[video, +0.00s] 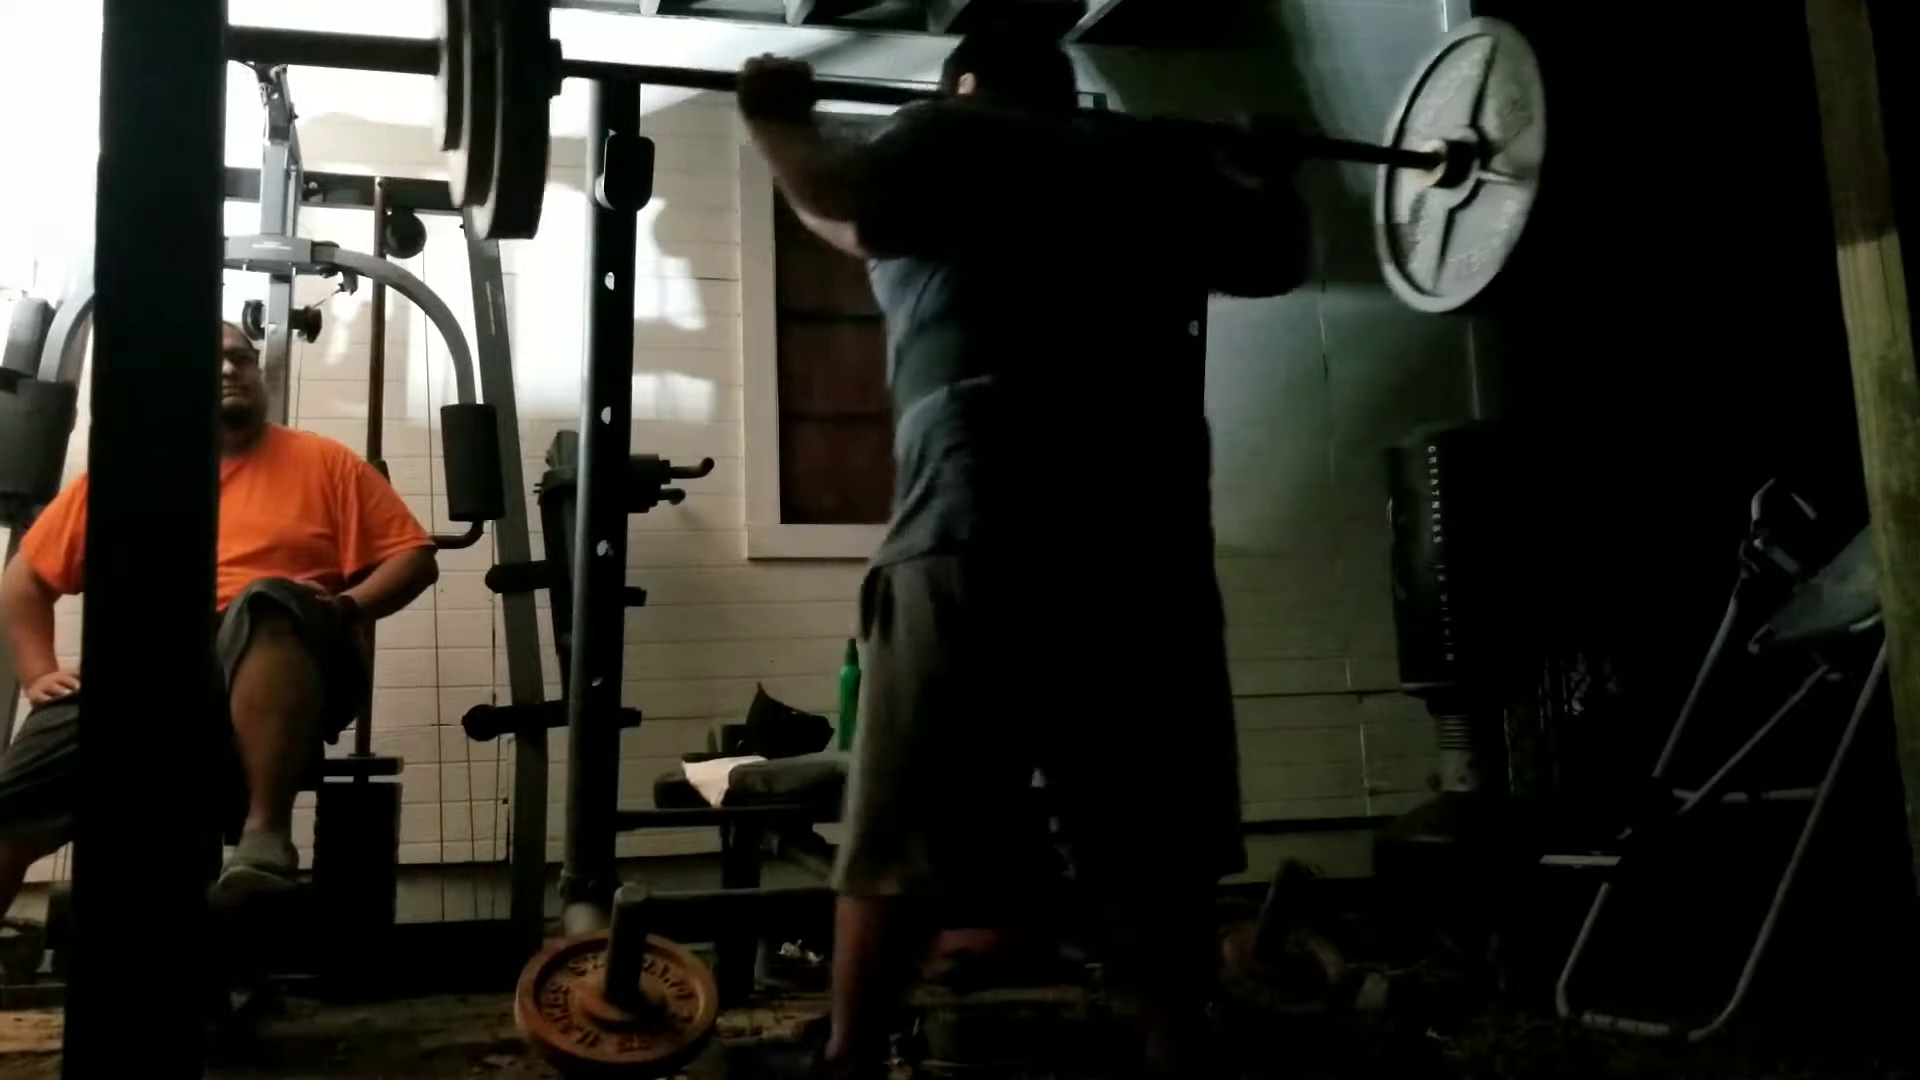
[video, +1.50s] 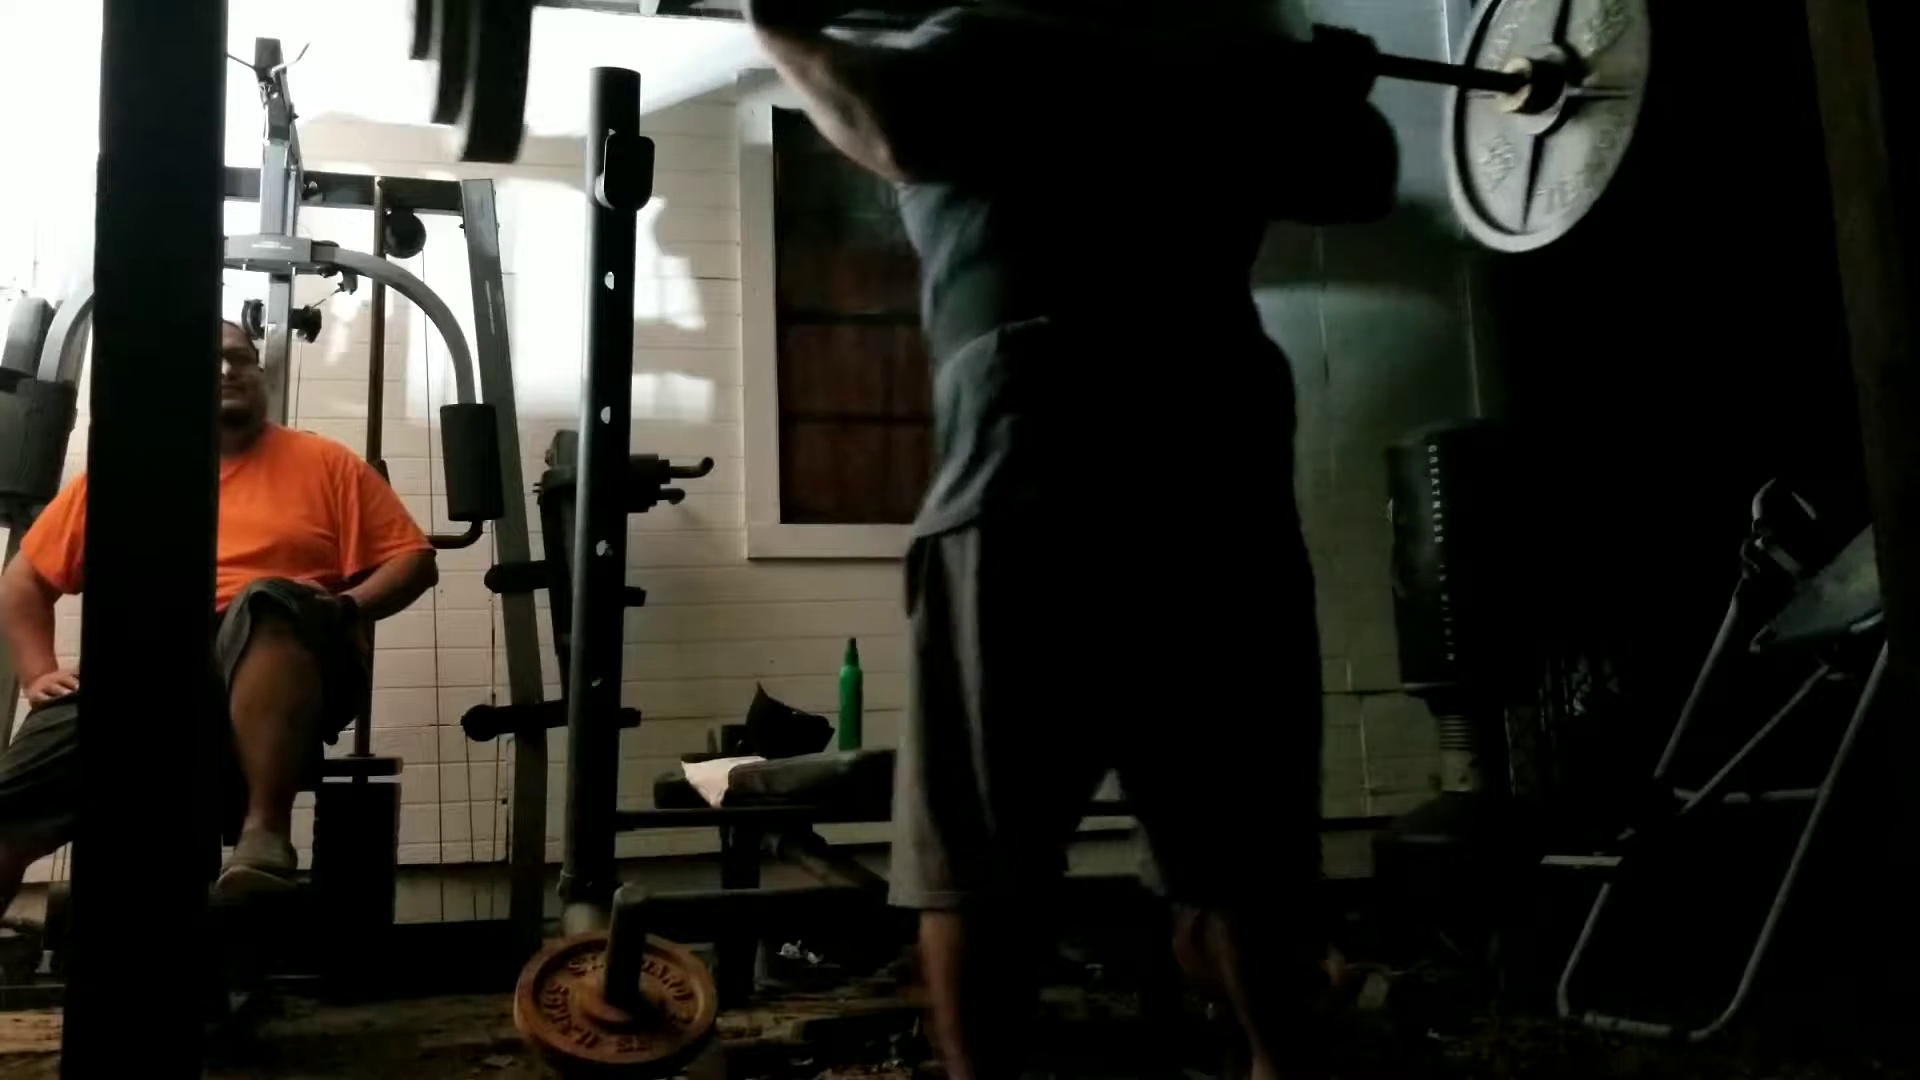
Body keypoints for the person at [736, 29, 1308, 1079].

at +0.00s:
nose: (945, 96)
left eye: (949, 82)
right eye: (952, 84)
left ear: (967, 83)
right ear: (1067, 87)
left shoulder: (935, 140)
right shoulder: (1164, 162)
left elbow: (842, 199)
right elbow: (1281, 259)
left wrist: (774, 116)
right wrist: (1267, 163)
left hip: (967, 539)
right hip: (1148, 537)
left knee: (892, 831)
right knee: (1158, 833)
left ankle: (850, 1059)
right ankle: (1179, 1059)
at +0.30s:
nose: (967, 62)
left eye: (973, 47)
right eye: (976, 48)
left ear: (991, 53)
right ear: (1091, 54)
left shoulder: (953, 118)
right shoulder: (1179, 143)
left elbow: (854, 162)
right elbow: (1310, 233)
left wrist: (789, 82)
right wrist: (1302, 141)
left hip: (1003, 498)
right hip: (1178, 501)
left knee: (924, 774)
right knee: (1177, 796)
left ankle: (937, 1042)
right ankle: (1181, 1050)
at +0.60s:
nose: (974, 33)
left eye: (969, 21)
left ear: (968, 29)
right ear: (1079, 31)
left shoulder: (924, 100)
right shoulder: (1170, 122)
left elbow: (844, 158)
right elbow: (1303, 219)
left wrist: (762, 61)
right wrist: (1295, 127)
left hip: (992, 494)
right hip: (1170, 495)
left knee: (964, 814)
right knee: (1176, 805)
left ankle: (966, 1062)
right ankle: (1182, 1055)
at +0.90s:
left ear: (906, 4)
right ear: (1058, 6)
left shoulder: (879, 64)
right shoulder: (1128, 88)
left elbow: (804, 134)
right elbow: (1284, 177)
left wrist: (695, 27)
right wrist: (1250, 81)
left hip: (949, 494)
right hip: (1141, 488)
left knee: (935, 825)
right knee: (1166, 807)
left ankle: (963, 1064)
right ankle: (1187, 1057)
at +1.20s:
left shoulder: (896, 41)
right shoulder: (1141, 68)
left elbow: (812, 128)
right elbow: (1291, 175)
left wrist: (700, 14)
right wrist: (1268, 61)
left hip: (958, 489)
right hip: (1158, 483)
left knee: (935, 844)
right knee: (1195, 812)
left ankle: (961, 1062)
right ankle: (1254, 1053)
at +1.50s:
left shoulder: (966, 40)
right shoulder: (1217, 66)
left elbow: (904, 138)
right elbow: (1362, 174)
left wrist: (775, 29)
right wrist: (1337, 79)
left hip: (1025, 463)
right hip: (1222, 467)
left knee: (977, 842)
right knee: (1243, 830)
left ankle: (978, 1066)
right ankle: (1282, 1060)